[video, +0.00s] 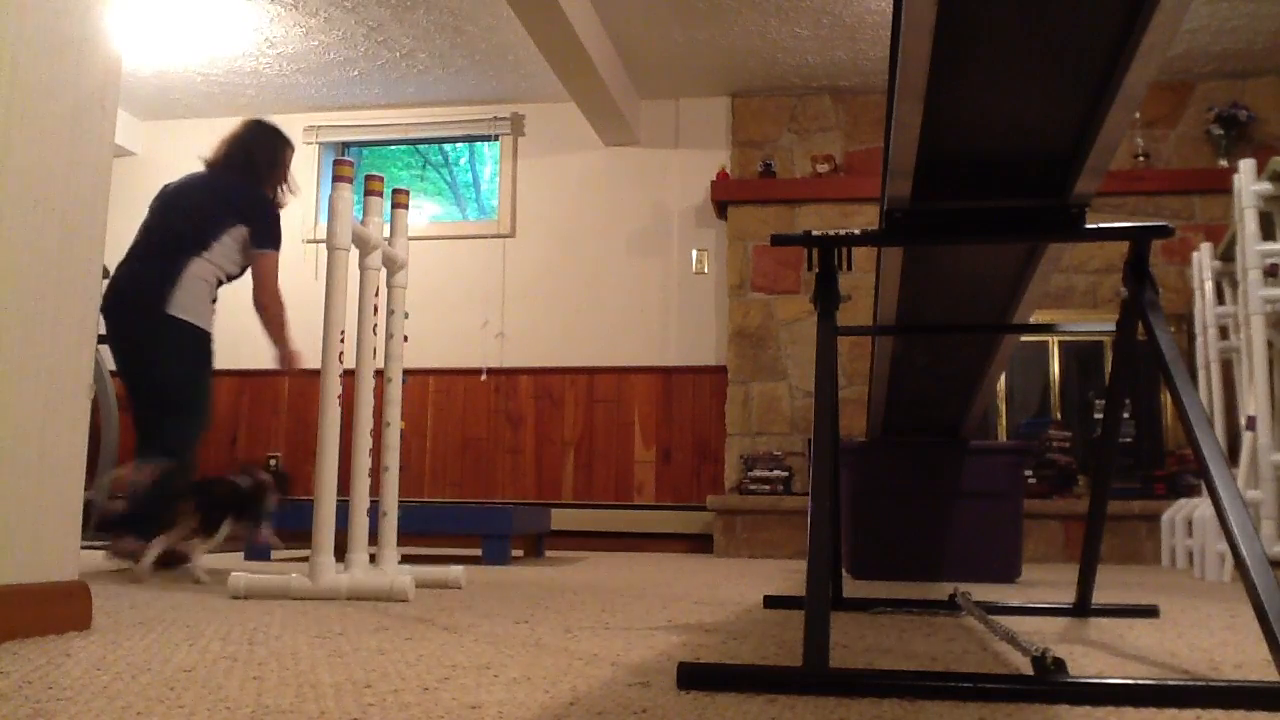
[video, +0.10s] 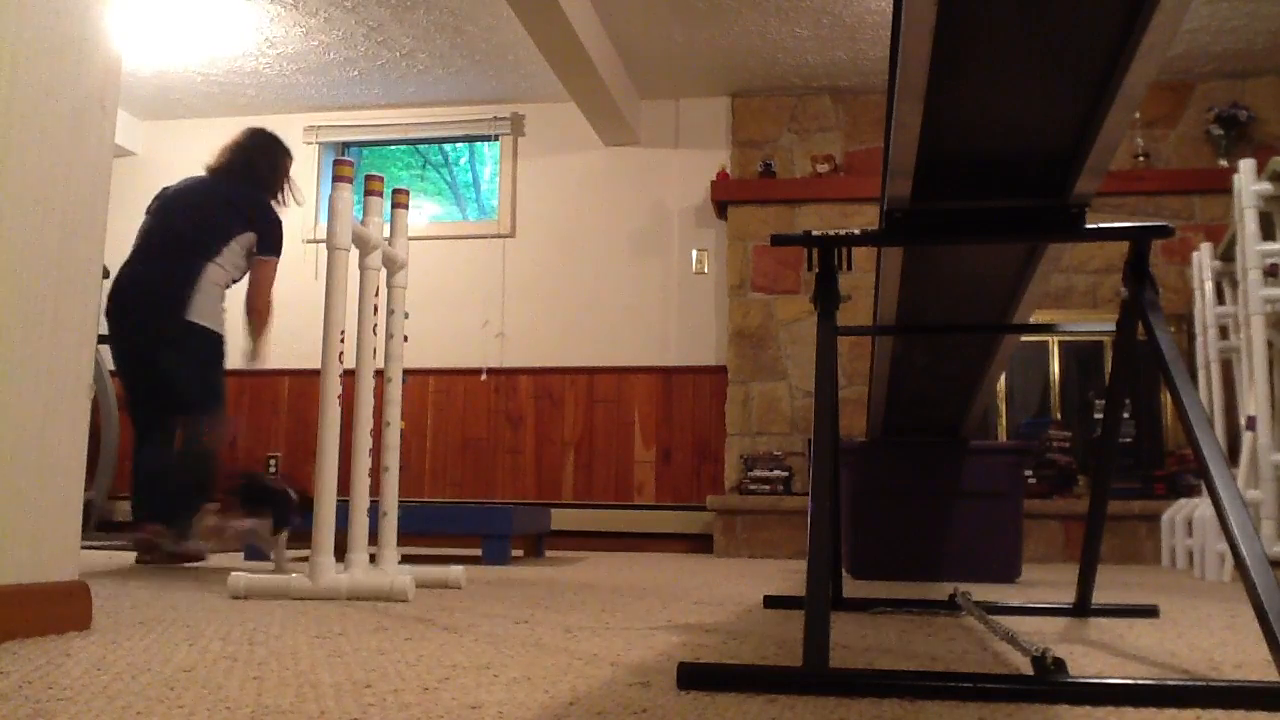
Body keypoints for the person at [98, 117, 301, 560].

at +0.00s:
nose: (285, 176)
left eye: (287, 166)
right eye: (284, 166)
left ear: (235, 151)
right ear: (271, 164)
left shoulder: (184, 186)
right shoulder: (259, 208)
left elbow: (146, 251)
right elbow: (265, 294)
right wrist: (285, 347)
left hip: (122, 306)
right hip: (177, 318)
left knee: (153, 420)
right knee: (186, 421)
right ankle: (138, 525)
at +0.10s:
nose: (285, 183)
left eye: (285, 175)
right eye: (284, 175)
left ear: (232, 156)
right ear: (274, 173)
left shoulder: (178, 190)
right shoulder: (263, 217)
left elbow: (142, 253)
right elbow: (259, 299)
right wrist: (257, 342)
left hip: (126, 307)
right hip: (189, 321)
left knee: (151, 422)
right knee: (208, 424)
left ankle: (149, 527)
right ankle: (175, 527)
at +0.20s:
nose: (279, 191)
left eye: (279, 183)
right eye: (279, 182)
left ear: (227, 162)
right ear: (273, 180)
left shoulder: (175, 193)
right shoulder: (266, 223)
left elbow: (150, 260)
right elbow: (246, 299)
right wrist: (225, 335)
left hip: (139, 318)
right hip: (203, 327)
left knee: (153, 427)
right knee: (217, 428)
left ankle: (157, 540)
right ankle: (212, 530)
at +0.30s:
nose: (282, 194)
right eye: (282, 186)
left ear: (230, 165)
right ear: (276, 183)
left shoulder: (177, 197)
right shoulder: (269, 226)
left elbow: (154, 263)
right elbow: (244, 300)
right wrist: (224, 339)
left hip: (146, 319)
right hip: (211, 327)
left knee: (154, 430)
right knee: (226, 429)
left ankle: (160, 541)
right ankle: (235, 536)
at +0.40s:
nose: (289, 203)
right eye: (289, 195)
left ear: (236, 174)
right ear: (283, 192)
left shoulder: (187, 202)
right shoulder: (277, 230)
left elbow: (164, 260)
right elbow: (255, 303)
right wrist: (237, 335)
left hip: (156, 318)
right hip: (221, 327)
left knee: (159, 430)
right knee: (230, 431)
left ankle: (161, 540)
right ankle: (236, 541)